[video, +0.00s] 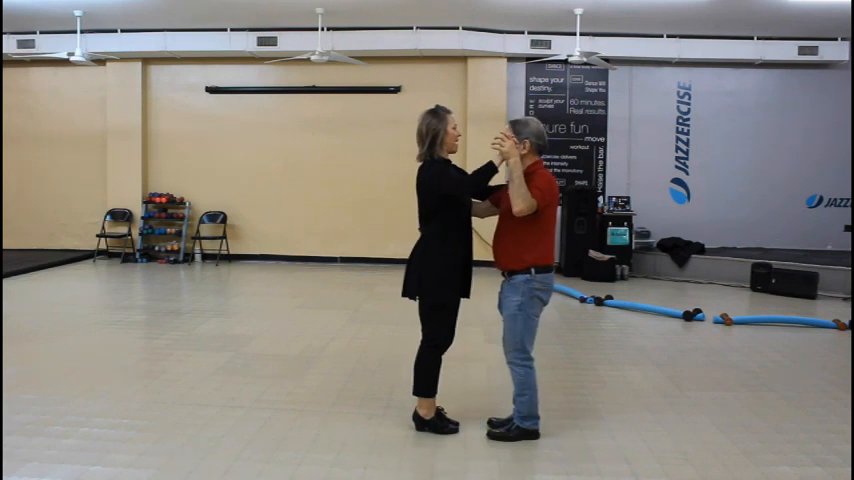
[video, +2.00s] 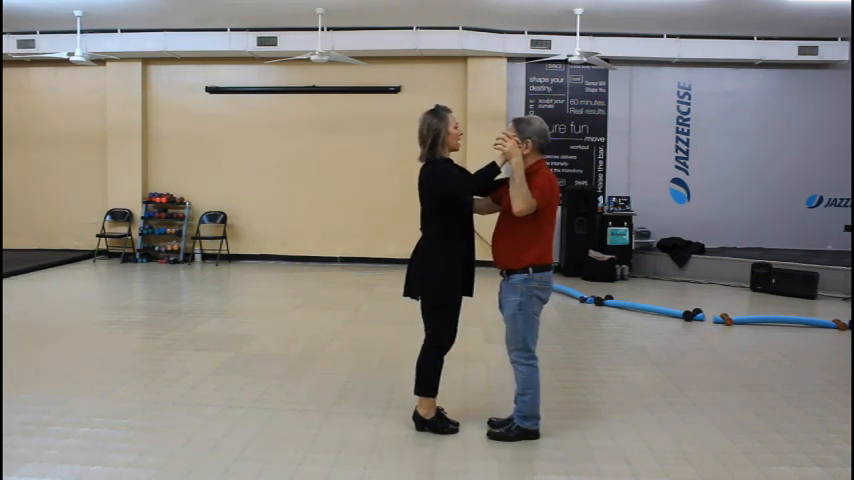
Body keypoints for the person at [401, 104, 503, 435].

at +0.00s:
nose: (459, 133)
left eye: (457, 127)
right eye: (453, 128)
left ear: (440, 133)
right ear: (439, 134)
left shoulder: (440, 168)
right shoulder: (436, 171)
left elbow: (474, 195)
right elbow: (469, 186)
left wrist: (508, 181)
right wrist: (496, 161)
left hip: (441, 267)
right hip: (437, 268)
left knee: (437, 338)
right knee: (435, 339)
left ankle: (427, 408)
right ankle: (424, 411)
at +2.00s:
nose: (460, 132)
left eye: (459, 127)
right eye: (455, 127)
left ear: (441, 132)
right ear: (440, 133)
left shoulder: (442, 167)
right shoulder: (438, 170)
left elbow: (472, 188)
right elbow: (472, 185)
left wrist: (505, 171)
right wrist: (501, 160)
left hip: (443, 267)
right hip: (439, 269)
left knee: (439, 338)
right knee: (438, 339)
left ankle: (427, 408)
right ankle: (425, 411)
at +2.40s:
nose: (453, 139)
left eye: (452, 133)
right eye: (448, 134)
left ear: (432, 138)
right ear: (433, 138)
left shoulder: (436, 173)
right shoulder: (425, 174)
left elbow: (464, 200)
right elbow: (455, 190)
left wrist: (498, 189)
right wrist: (485, 165)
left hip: (435, 270)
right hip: (421, 272)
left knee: (446, 336)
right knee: (445, 337)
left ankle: (429, 406)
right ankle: (410, 404)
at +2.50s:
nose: (446, 138)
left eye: (444, 133)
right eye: (440, 134)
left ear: (423, 140)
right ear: (424, 140)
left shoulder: (429, 176)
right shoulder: (419, 177)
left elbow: (457, 202)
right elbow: (444, 196)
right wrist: (473, 170)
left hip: (431, 274)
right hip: (415, 276)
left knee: (443, 335)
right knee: (437, 336)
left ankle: (428, 406)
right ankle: (376, 392)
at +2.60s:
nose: (435, 138)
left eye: (433, 133)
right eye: (429, 135)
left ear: (415, 142)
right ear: (415, 142)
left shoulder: (421, 179)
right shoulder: (408, 179)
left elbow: (449, 208)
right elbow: (435, 197)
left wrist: (481, 190)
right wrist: (462, 172)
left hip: (426, 278)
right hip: (406, 279)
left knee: (440, 333)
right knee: (408, 349)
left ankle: (428, 406)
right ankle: (344, 391)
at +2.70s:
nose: (424, 141)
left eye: (422, 136)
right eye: (419, 137)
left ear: (403, 144)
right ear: (404, 143)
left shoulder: (409, 180)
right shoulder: (398, 180)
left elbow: (441, 206)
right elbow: (424, 199)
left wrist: (472, 189)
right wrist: (450, 173)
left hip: (414, 278)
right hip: (393, 279)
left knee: (435, 333)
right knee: (378, 347)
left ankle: (427, 407)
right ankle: (321, 400)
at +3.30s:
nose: (421, 136)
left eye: (419, 130)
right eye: (415, 131)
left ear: (400, 137)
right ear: (400, 137)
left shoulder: (410, 172)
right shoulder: (396, 174)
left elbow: (441, 201)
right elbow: (430, 195)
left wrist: (474, 183)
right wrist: (456, 171)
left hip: (417, 272)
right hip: (398, 274)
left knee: (426, 336)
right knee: (406, 340)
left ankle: (409, 407)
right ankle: (346, 391)